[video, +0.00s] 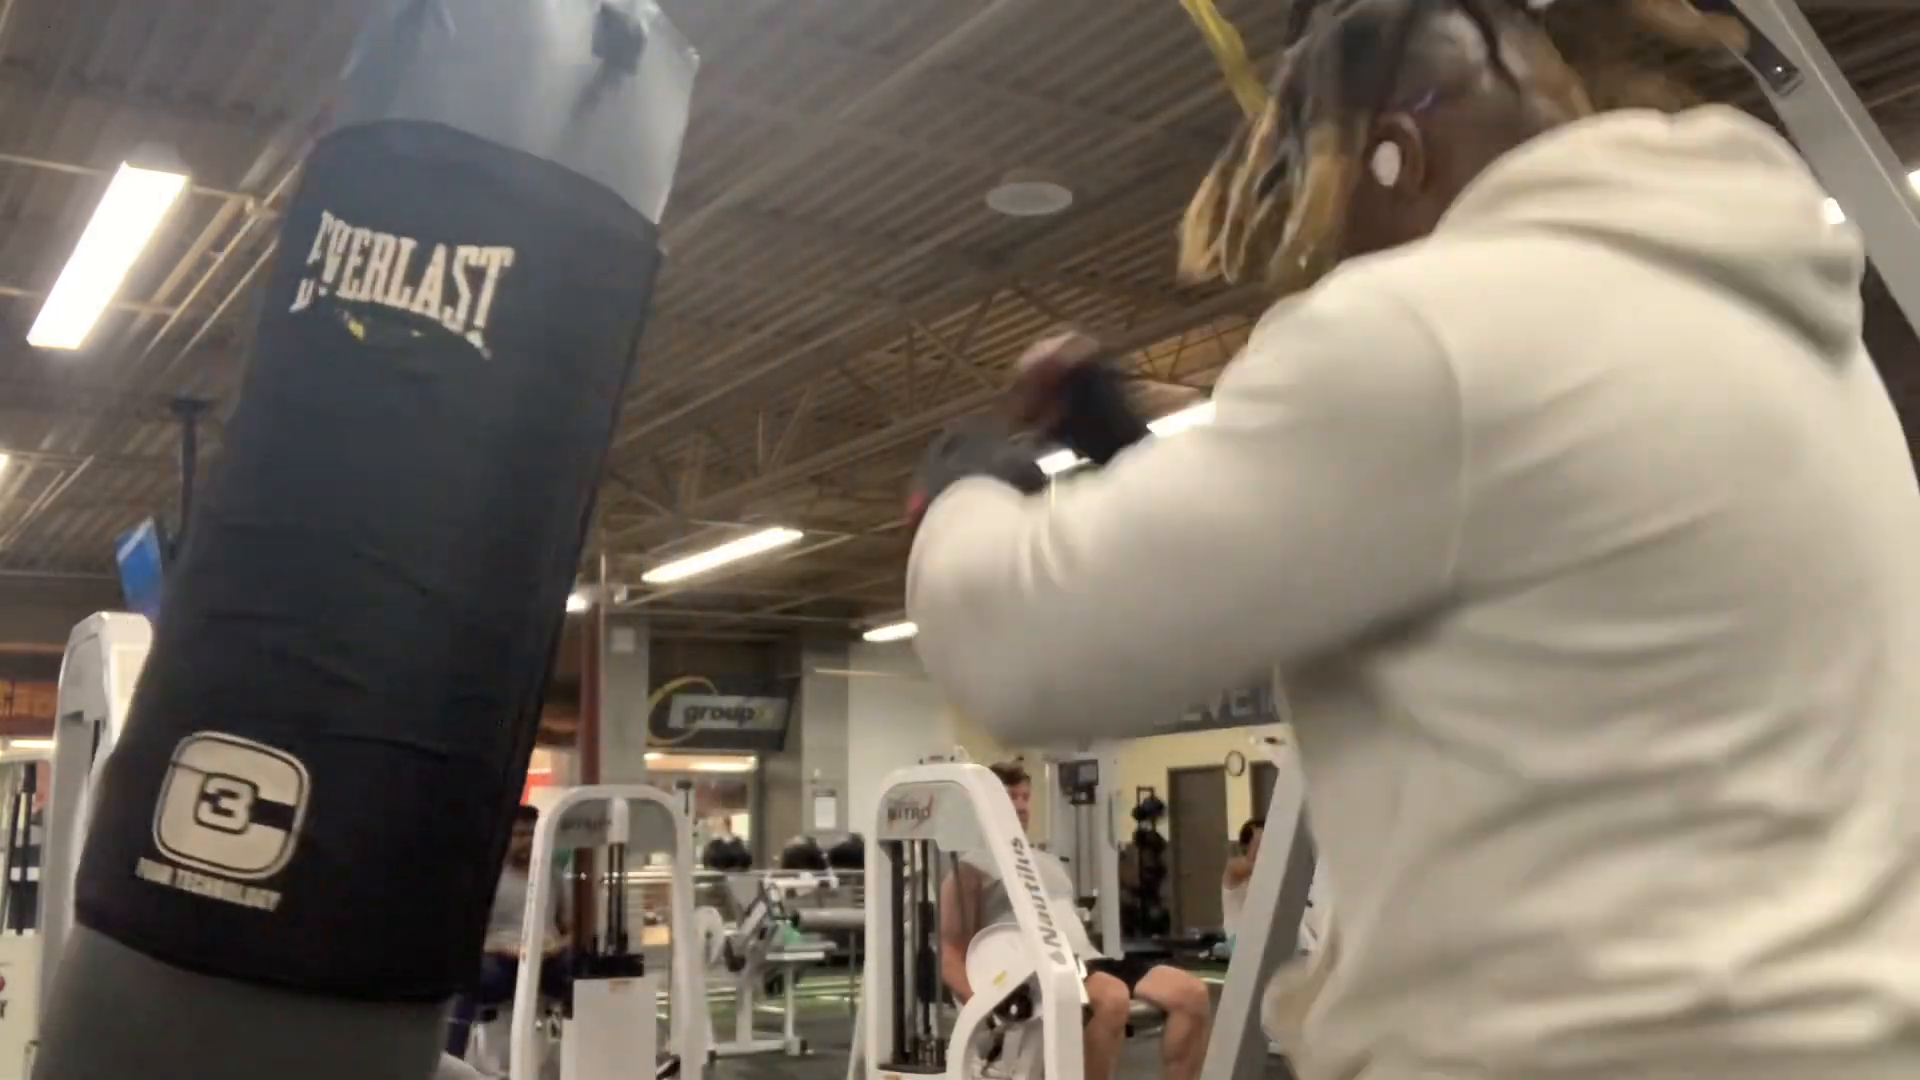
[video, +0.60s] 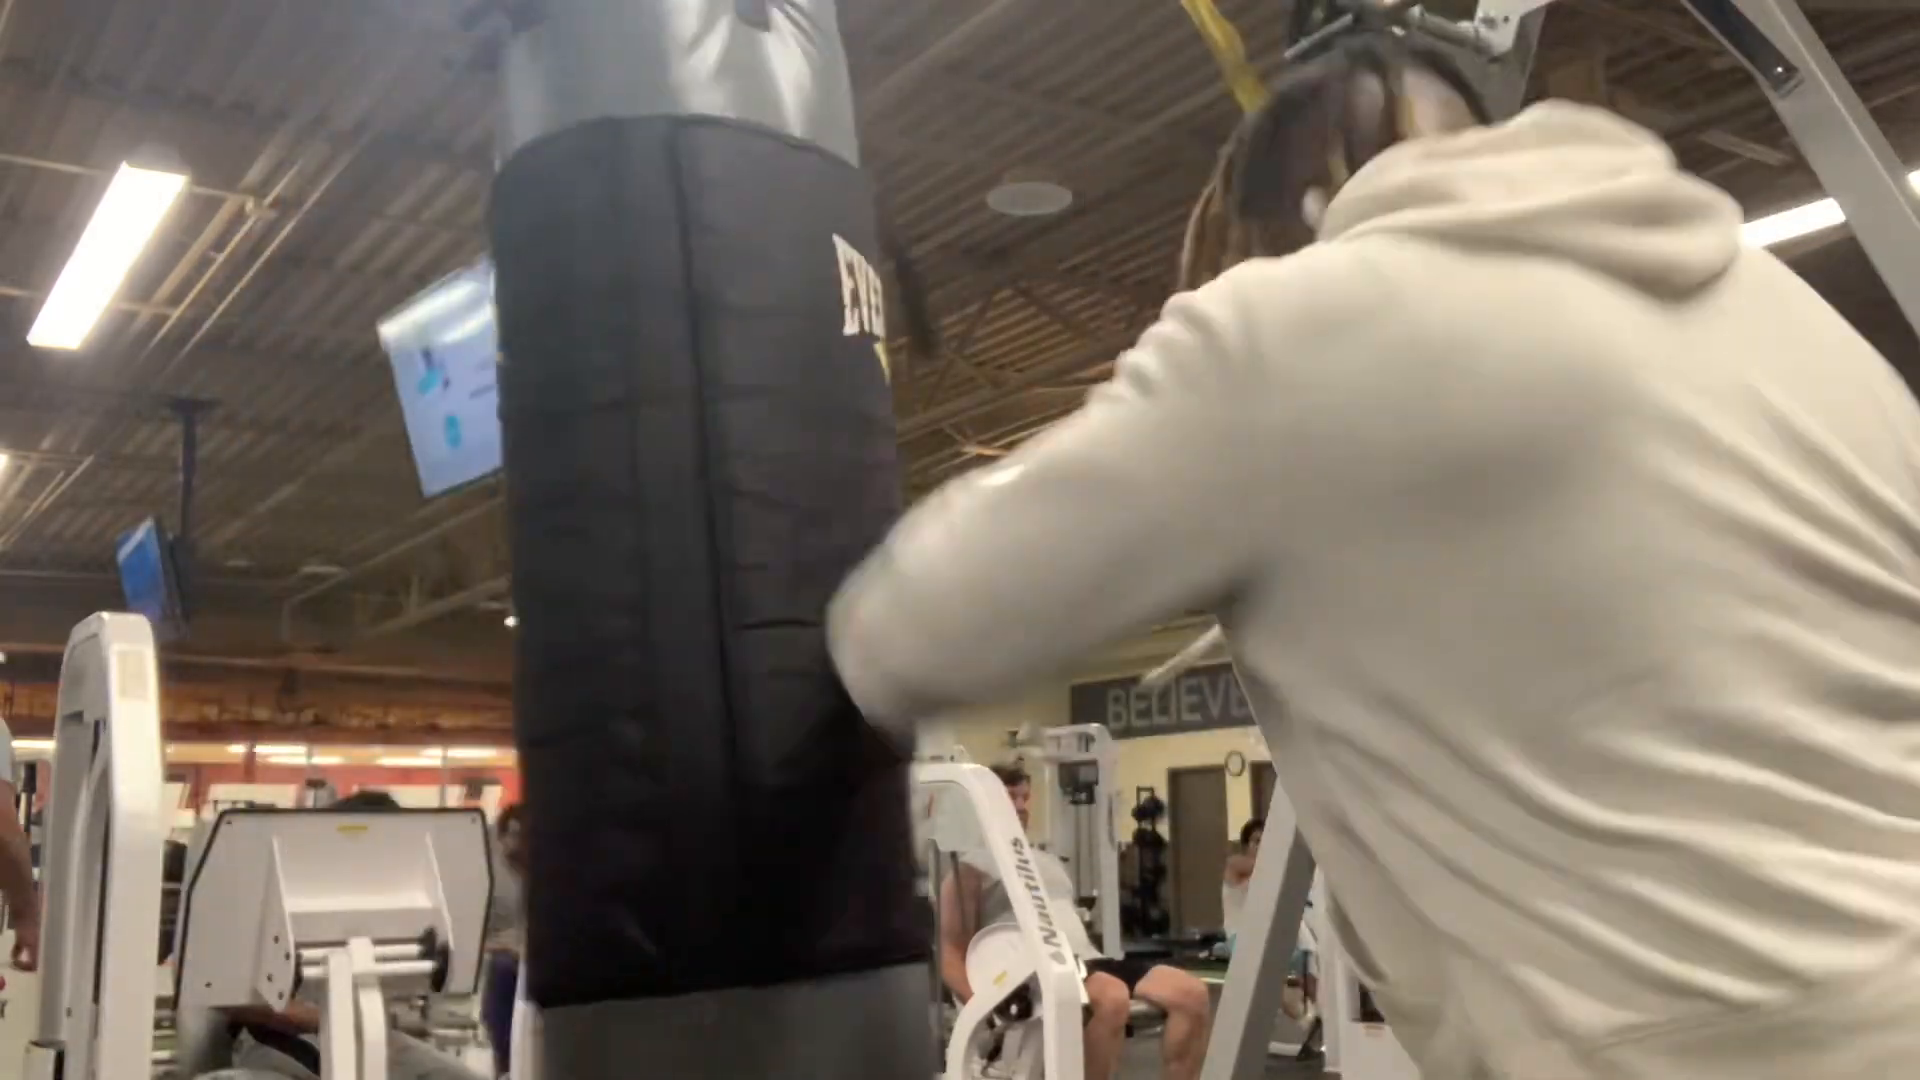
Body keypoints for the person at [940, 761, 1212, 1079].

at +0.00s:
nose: (1021, 806)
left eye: (1025, 798)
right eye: (1011, 798)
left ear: (1031, 803)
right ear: (990, 804)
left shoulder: (1039, 860)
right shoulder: (967, 874)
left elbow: (1060, 926)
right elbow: (952, 961)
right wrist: (985, 1006)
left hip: (1075, 960)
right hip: (1021, 972)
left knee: (1191, 993)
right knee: (1113, 997)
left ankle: (1180, 1074)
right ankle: (1097, 1074)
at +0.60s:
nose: (1020, 806)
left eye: (1024, 798)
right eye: (1010, 798)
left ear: (1030, 802)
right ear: (988, 803)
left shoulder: (1038, 860)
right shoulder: (966, 874)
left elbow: (1058, 925)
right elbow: (952, 960)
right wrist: (985, 1006)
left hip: (1075, 961)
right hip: (1020, 973)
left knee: (1191, 994)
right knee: (1112, 996)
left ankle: (1180, 1075)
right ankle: (1096, 1075)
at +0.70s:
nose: (1019, 806)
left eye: (1024, 797)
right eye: (1010, 797)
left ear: (1031, 801)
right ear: (992, 804)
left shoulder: (1044, 858)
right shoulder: (989, 860)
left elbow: (1067, 912)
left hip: (1083, 957)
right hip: (1037, 965)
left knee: (1192, 995)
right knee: (1112, 999)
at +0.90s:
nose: (1023, 806)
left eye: (1026, 798)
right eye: (1016, 799)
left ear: (1031, 801)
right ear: (999, 804)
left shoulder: (1041, 856)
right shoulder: (994, 857)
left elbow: (1064, 907)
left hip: (1085, 956)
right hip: (1044, 965)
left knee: (1192, 994)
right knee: (1112, 1000)